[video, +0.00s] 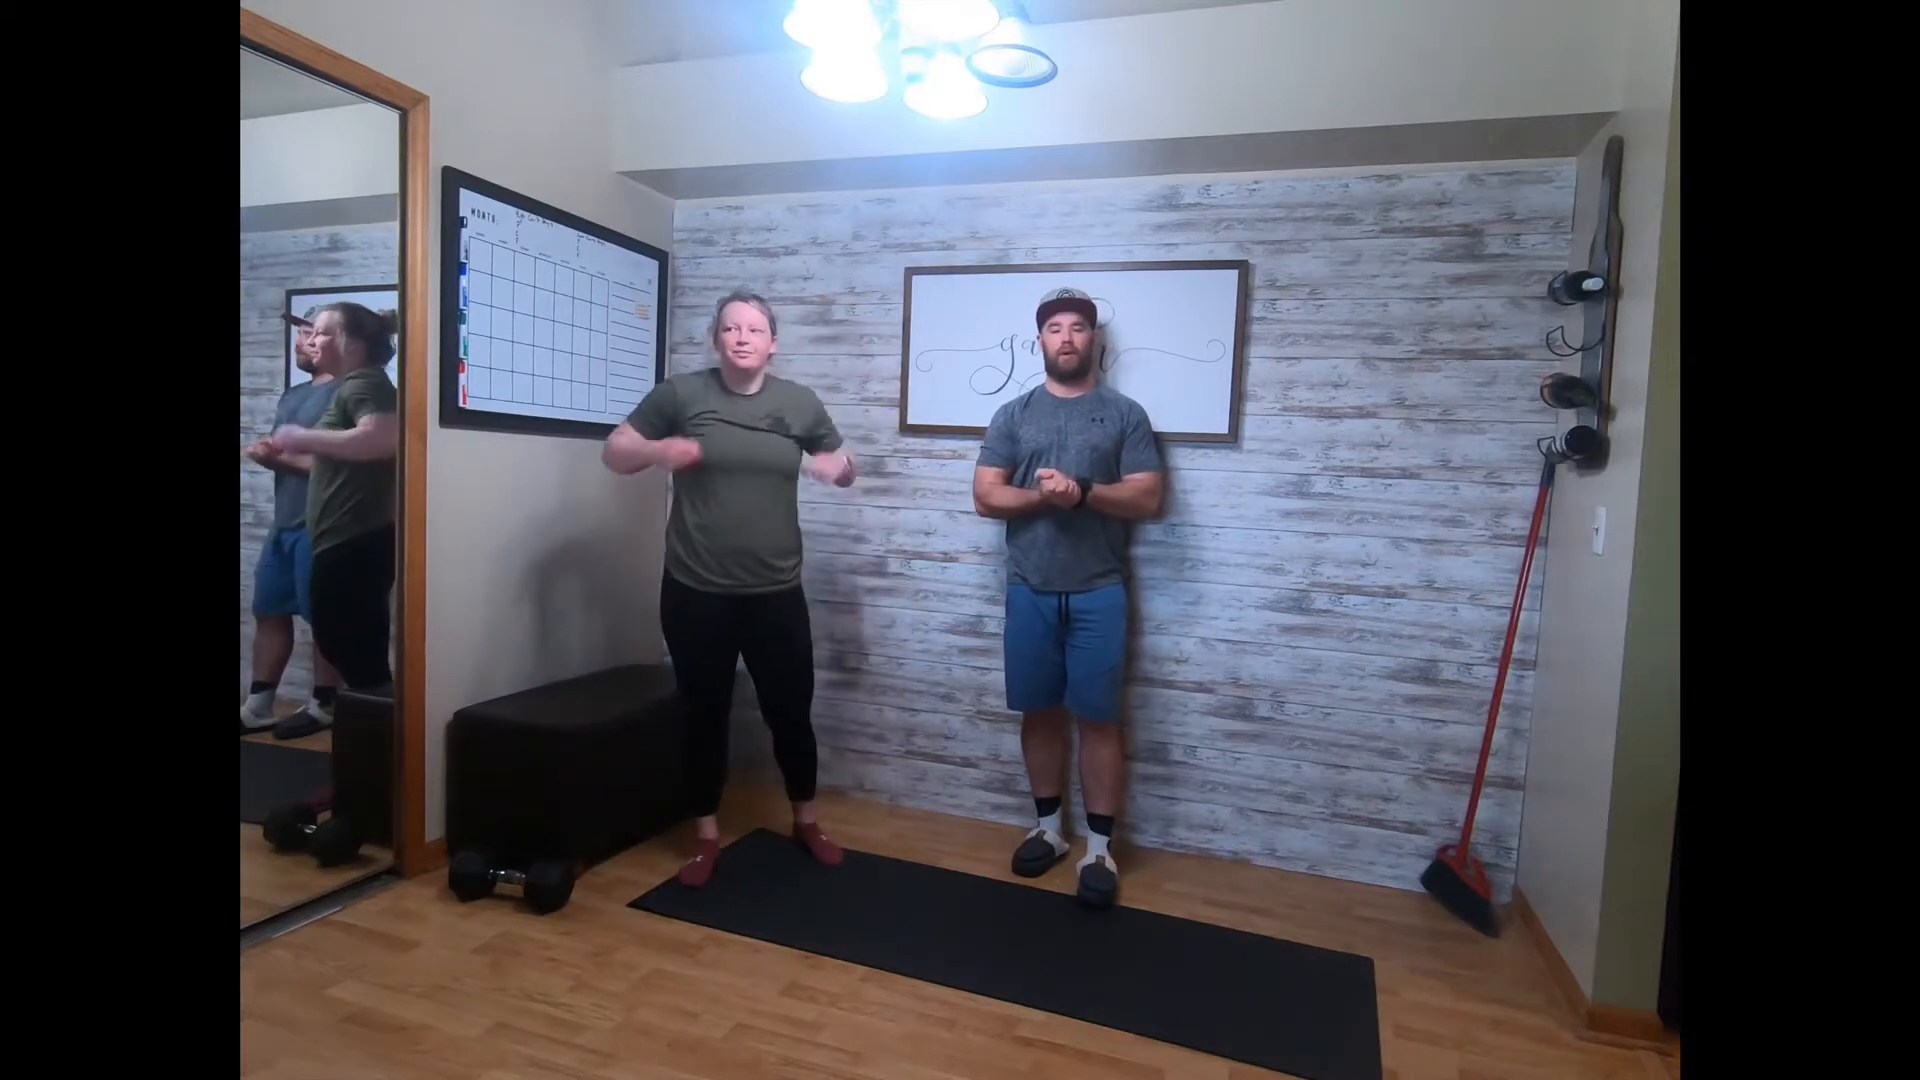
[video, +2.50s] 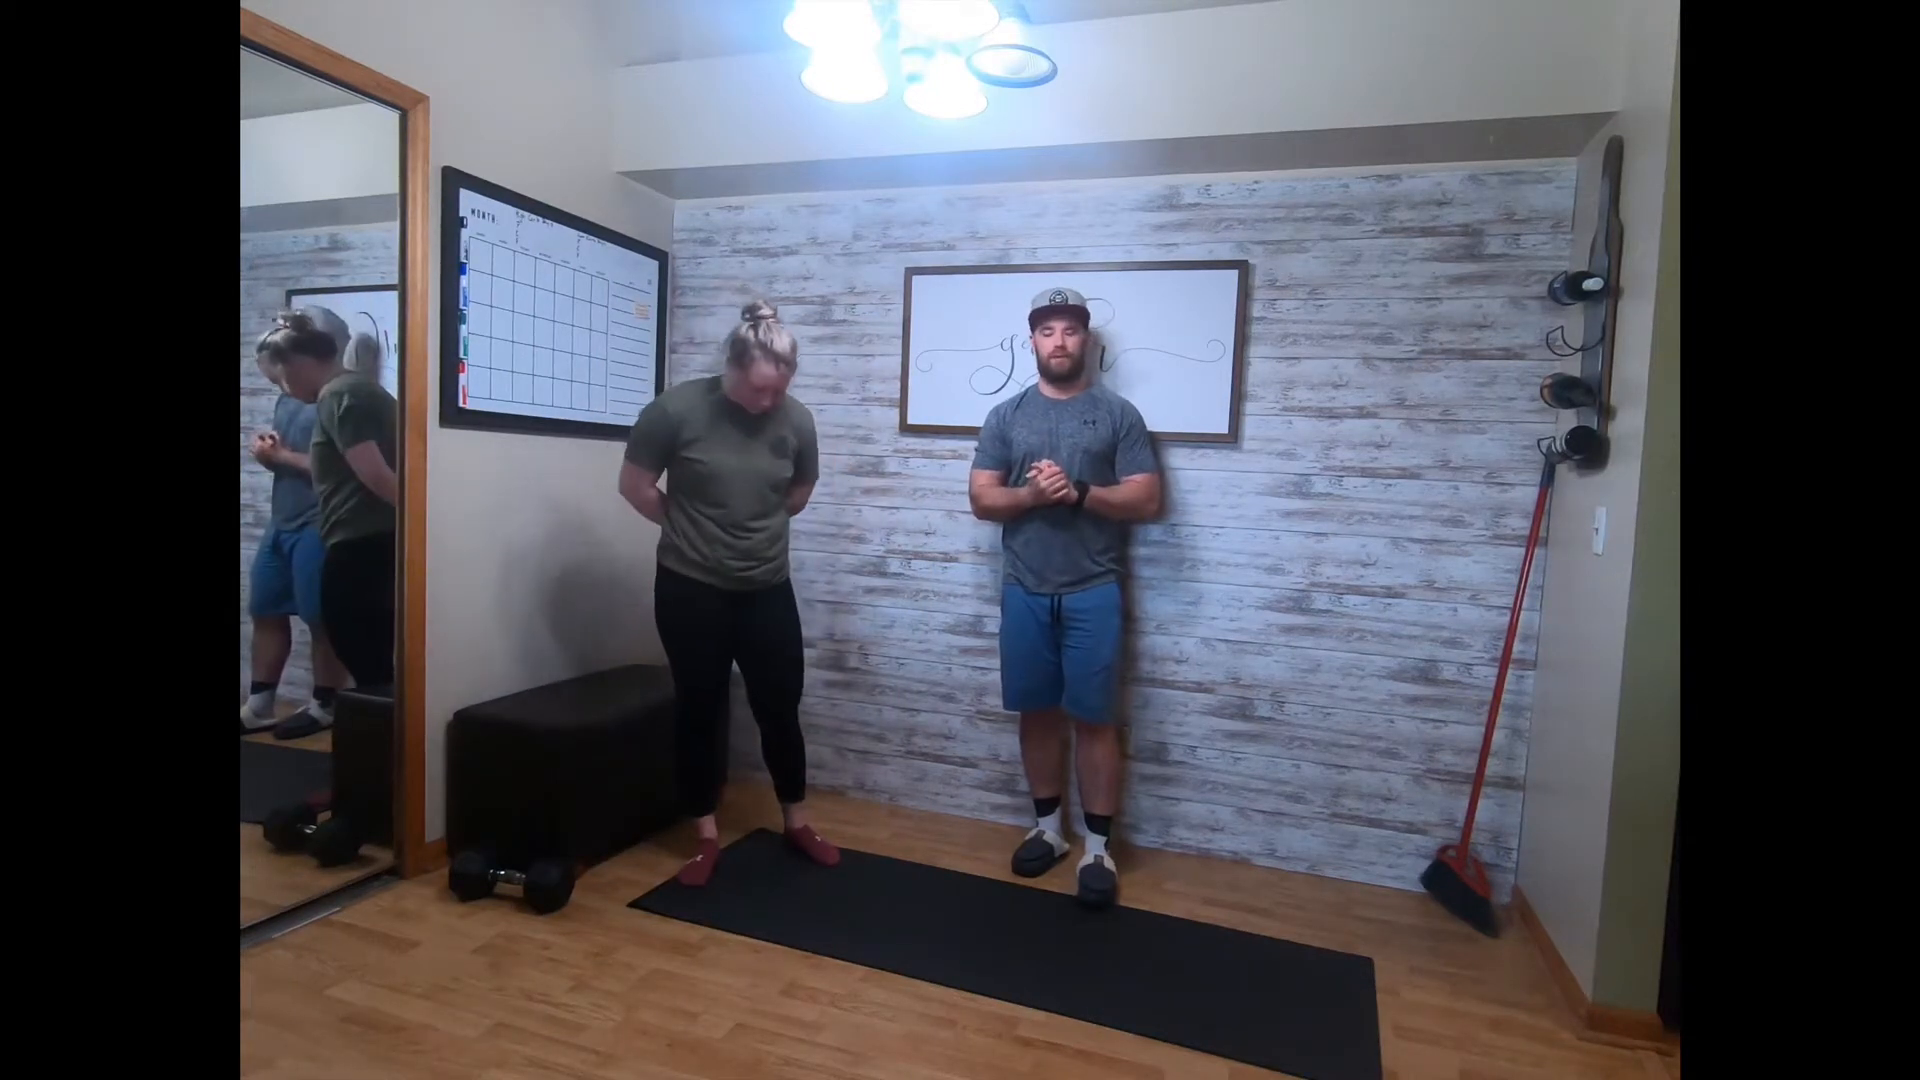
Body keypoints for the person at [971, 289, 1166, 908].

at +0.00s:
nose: (1067, 336)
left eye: (1078, 327)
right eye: (1056, 328)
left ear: (1095, 340)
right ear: (1041, 341)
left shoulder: (1124, 415)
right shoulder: (1013, 415)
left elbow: (1148, 499)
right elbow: (986, 495)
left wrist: (1082, 491)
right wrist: (1041, 495)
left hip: (1099, 585)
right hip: (1029, 586)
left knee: (1097, 715)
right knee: (1038, 711)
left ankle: (1099, 849)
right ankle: (1048, 829)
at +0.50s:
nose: (1063, 337)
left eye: (1075, 329)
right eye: (1052, 330)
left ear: (1092, 340)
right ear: (1037, 342)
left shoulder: (1122, 414)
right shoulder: (1011, 414)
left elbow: (1147, 497)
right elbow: (983, 494)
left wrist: (1088, 478)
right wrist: (1044, 485)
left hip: (1096, 584)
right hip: (1027, 584)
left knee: (1095, 715)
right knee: (1037, 710)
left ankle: (1099, 850)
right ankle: (1049, 830)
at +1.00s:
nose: (1056, 337)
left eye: (1067, 328)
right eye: (1044, 330)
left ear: (1085, 339)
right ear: (1031, 344)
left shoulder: (1117, 412)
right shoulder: (1006, 415)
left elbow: (1147, 493)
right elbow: (979, 495)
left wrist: (1081, 481)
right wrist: (1034, 488)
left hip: (1095, 585)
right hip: (1026, 586)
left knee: (1094, 715)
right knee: (1037, 710)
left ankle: (1098, 850)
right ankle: (1048, 830)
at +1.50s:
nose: (1064, 335)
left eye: (1075, 327)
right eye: (1053, 327)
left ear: (1091, 341)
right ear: (1036, 339)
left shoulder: (1116, 413)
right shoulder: (1005, 414)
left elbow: (1146, 497)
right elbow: (977, 495)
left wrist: (1076, 488)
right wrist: (1027, 492)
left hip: (1091, 584)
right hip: (1022, 586)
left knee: (1091, 715)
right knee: (1035, 710)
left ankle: (1096, 849)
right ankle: (1048, 830)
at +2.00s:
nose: (1063, 338)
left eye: (1075, 330)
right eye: (1052, 328)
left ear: (1091, 343)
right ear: (1036, 340)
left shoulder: (1115, 414)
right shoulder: (1004, 415)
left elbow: (1143, 500)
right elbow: (980, 498)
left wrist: (1071, 489)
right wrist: (1025, 488)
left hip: (1089, 584)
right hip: (1020, 585)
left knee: (1090, 714)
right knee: (1034, 710)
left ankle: (1096, 848)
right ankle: (1048, 830)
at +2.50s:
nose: (1059, 339)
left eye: (1071, 330)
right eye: (1047, 330)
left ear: (1088, 341)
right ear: (1033, 342)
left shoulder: (1116, 414)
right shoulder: (1006, 417)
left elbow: (1148, 500)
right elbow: (982, 499)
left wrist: (1077, 490)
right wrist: (1034, 493)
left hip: (1093, 584)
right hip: (1024, 585)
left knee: (1092, 715)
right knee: (1036, 710)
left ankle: (1097, 849)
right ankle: (1048, 830)